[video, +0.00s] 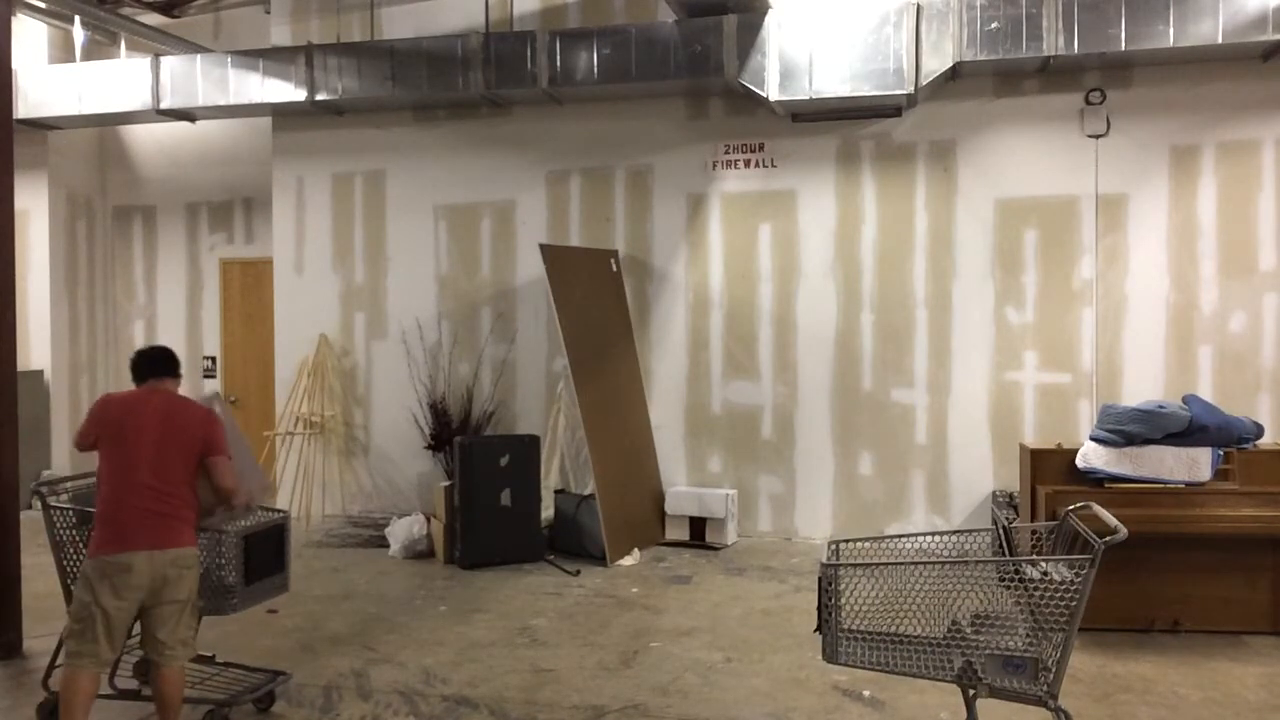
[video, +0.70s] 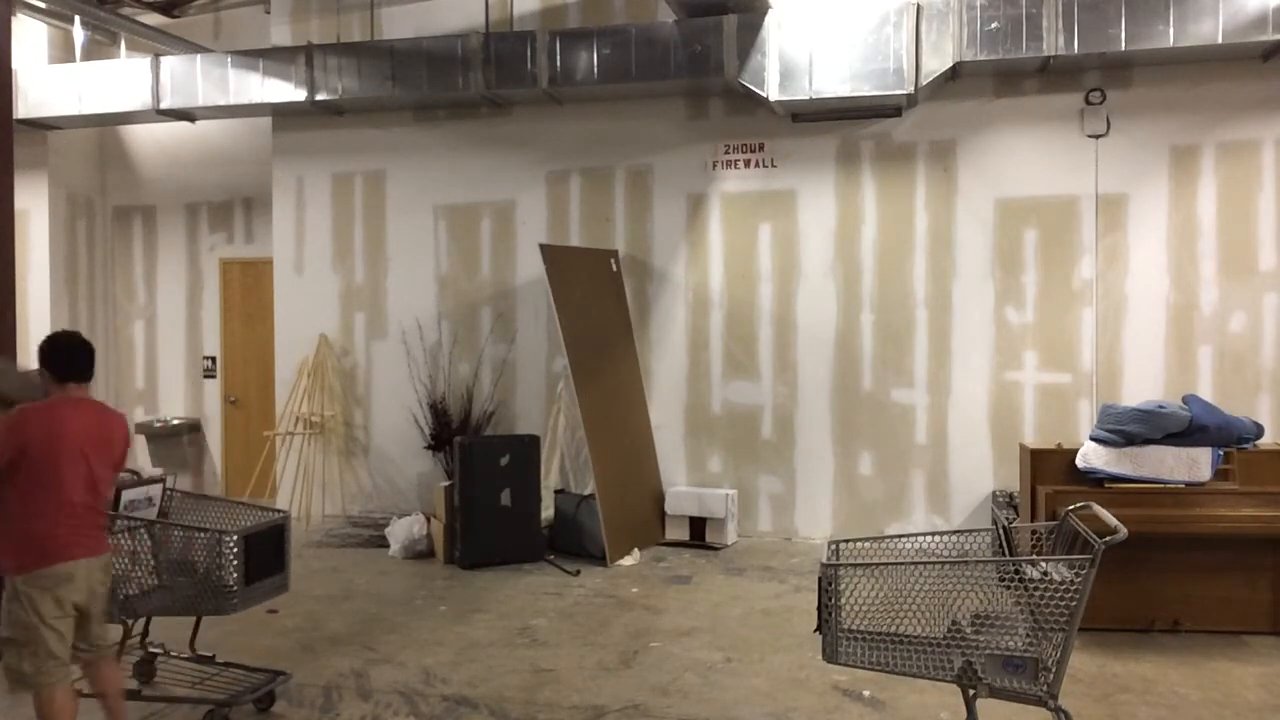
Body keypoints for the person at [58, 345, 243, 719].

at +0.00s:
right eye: (177, 378)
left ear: (135, 379)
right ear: (177, 378)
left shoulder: (110, 406)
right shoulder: (202, 416)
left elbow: (82, 443)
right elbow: (224, 482)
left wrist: (122, 430)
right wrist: (232, 498)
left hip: (117, 555)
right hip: (178, 555)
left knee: (86, 657)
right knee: (170, 657)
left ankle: (69, 715)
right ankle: (170, 716)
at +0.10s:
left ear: (123, 376)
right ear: (166, 372)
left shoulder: (102, 408)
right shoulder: (192, 411)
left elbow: (69, 435)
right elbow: (221, 477)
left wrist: (112, 411)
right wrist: (239, 481)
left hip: (113, 556)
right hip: (174, 554)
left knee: (84, 659)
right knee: (170, 656)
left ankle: (69, 716)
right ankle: (170, 716)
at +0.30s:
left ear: (91, 376)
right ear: (138, 372)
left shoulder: (78, 417)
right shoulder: (168, 417)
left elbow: (27, 428)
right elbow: (201, 480)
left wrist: (58, 389)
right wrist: (203, 448)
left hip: (95, 563)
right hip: (158, 558)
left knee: (79, 667)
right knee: (161, 660)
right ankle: (168, 716)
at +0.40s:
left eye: (78, 371)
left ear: (77, 375)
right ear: (123, 372)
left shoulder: (61, 421)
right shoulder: (154, 420)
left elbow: (7, 429)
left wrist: (25, 387)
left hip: (76, 568)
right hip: (141, 563)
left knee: (66, 673)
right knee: (153, 662)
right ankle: (164, 716)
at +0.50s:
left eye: (66, 370)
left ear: (64, 375)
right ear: (111, 372)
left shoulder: (43, 423)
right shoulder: (139, 420)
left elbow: (4, 442)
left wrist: (8, 404)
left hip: (58, 570)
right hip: (121, 566)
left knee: (58, 677)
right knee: (140, 661)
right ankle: (158, 715)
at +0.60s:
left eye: (57, 367)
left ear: (54, 373)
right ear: (100, 371)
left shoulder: (29, 423)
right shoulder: (127, 423)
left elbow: (4, 470)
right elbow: (128, 475)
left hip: (45, 569)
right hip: (107, 565)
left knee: (54, 678)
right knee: (122, 655)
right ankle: (145, 714)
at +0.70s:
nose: (41, 374)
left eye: (42, 368)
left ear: (44, 371)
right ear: (90, 371)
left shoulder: (22, 420)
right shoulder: (115, 423)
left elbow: (6, 473)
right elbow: (106, 484)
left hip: (39, 567)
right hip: (95, 560)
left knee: (51, 676)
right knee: (99, 654)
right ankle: (119, 714)